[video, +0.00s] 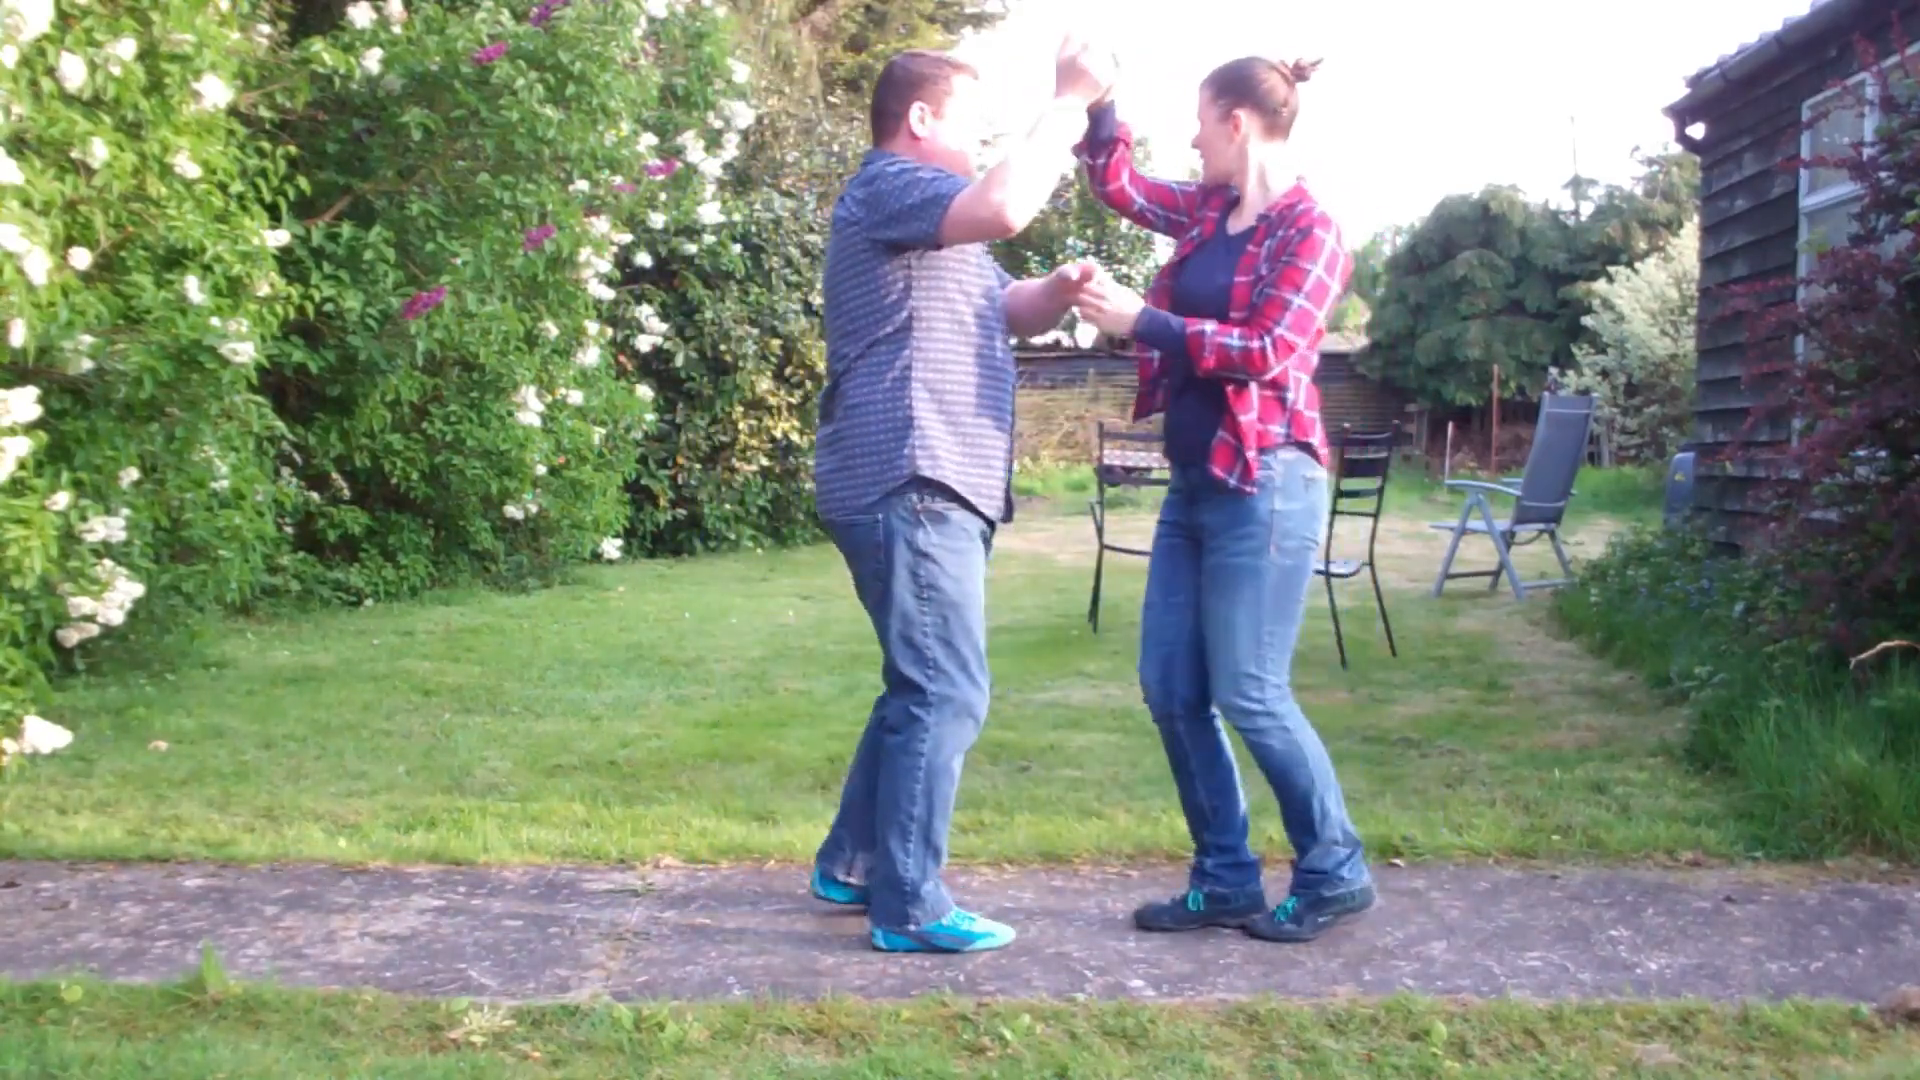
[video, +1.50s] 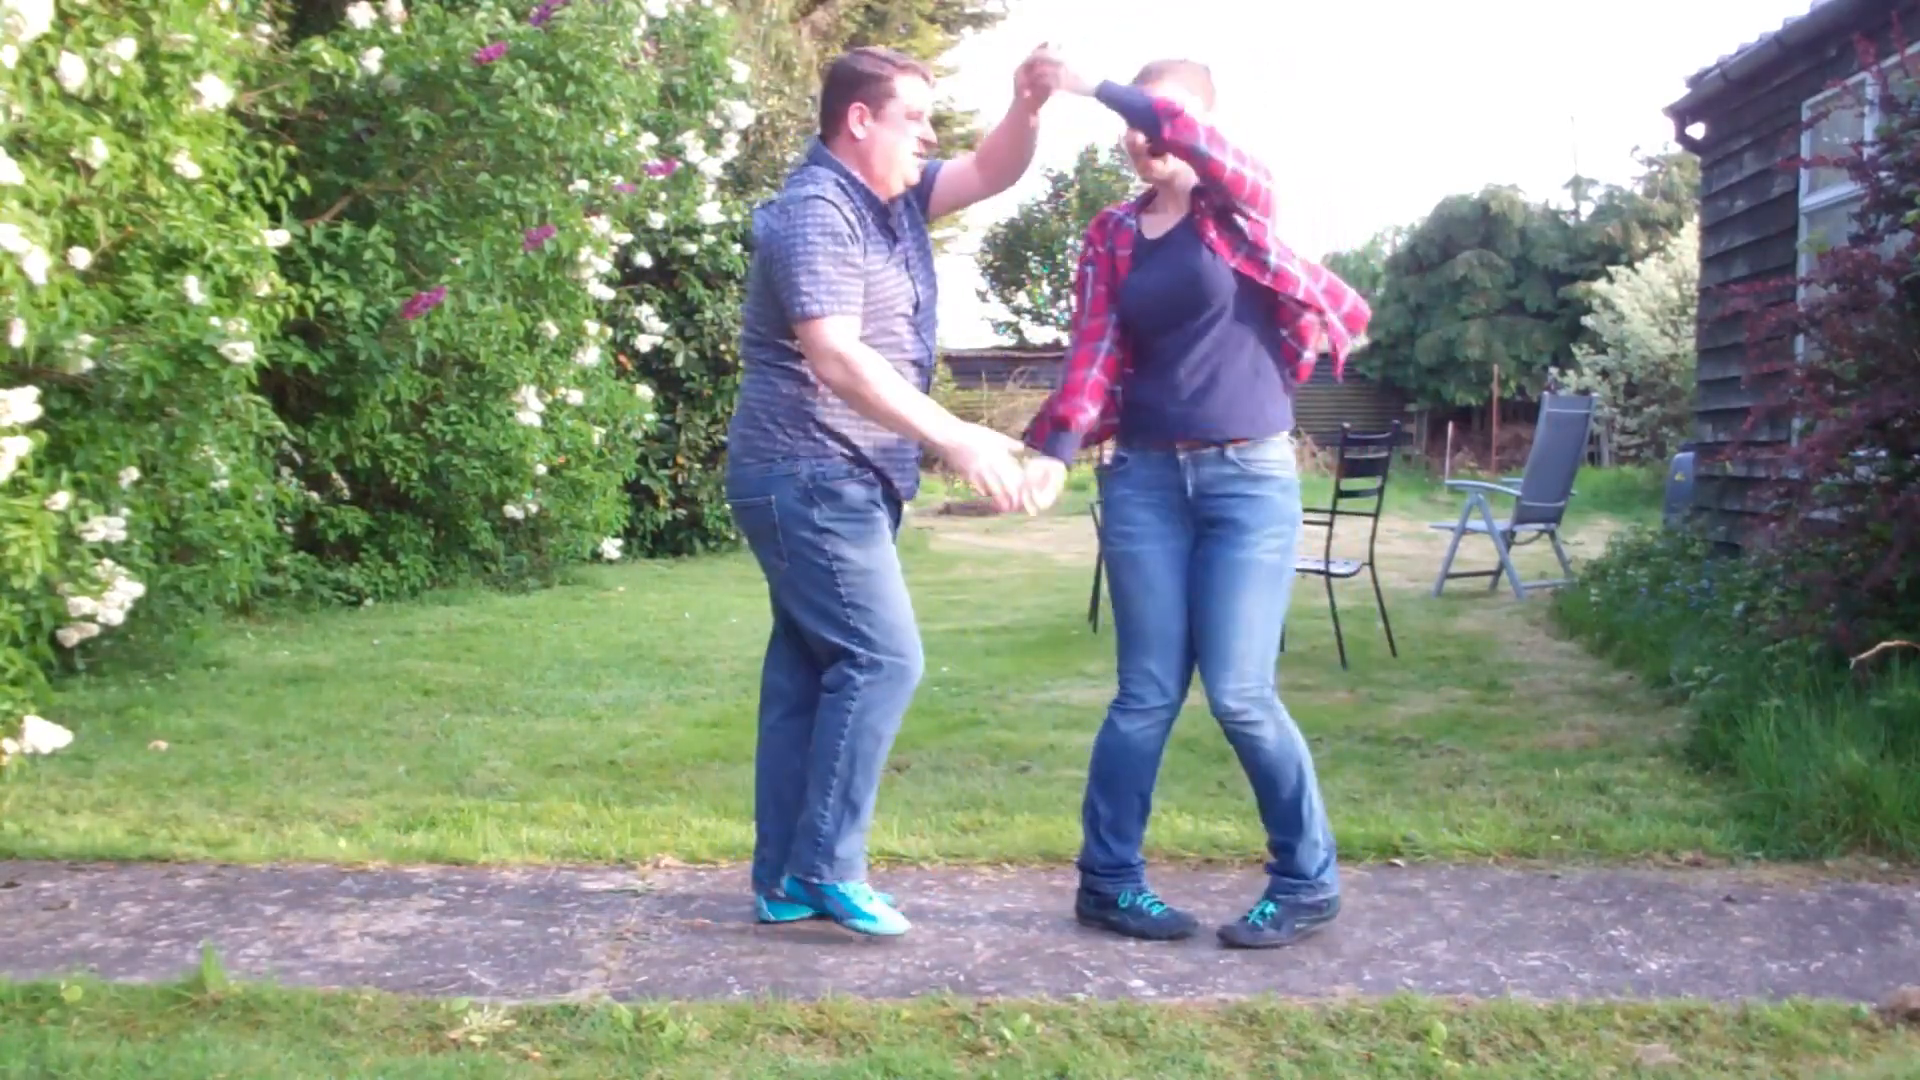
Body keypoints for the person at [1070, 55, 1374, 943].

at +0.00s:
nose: (1192, 140)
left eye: (1200, 124)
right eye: (1195, 125)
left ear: (1237, 124)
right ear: (1243, 126)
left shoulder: (1310, 229)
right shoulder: (1209, 210)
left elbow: (1269, 351)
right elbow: (1122, 186)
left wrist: (1143, 322)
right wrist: (1096, 103)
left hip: (1270, 480)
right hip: (1194, 482)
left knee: (1248, 687)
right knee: (1172, 684)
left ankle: (1335, 870)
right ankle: (1226, 880)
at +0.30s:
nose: (1156, 153)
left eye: (1162, 136)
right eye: (1159, 138)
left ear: (1191, 130)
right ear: (1224, 133)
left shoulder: (1217, 230)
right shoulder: (1250, 218)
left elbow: (1131, 346)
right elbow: (1132, 189)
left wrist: (1079, 267)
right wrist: (1088, 114)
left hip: (1191, 487)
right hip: (1244, 489)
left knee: (1089, 666)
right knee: (1176, 690)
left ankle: (1130, 864)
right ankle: (1229, 880)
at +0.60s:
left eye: (1111, 129)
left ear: (1112, 137)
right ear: (1192, 143)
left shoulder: (1081, 230)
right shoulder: (1210, 217)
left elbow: (1017, 298)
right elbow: (1235, 152)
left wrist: (1061, 203)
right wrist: (1172, 94)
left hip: (1111, 494)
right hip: (1214, 489)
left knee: (1074, 689)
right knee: (1165, 688)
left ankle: (1033, 874)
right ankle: (1219, 873)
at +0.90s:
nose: (1175, 149)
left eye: (1173, 134)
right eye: (1170, 133)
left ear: (1090, 125)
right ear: (1138, 131)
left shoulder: (1049, 216)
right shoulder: (1133, 200)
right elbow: (1233, 122)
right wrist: (1179, 37)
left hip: (1056, 481)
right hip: (1135, 484)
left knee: (1081, 692)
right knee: (1199, 688)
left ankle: (1034, 878)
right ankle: (1123, 874)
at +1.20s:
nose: (1162, 140)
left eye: (1173, 125)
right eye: (1146, 123)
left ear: (1186, 131)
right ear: (1103, 126)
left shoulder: (1184, 202)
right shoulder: (1076, 216)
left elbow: (1241, 104)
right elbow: (1096, 168)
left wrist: (1169, 22)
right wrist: (1085, 73)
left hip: (1202, 475)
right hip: (1117, 476)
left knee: (1224, 683)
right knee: (1145, 694)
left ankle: (1089, 803)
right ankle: (1108, 883)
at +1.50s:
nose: (1149, 137)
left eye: (1165, 122)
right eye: (1140, 121)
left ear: (1205, 128)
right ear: (1125, 135)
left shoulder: (1242, 205)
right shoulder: (1112, 230)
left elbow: (1188, 127)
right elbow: (1092, 352)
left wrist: (1095, 86)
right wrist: (1052, 449)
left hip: (1252, 476)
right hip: (1143, 479)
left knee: (1237, 691)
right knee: (1148, 691)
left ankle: (1308, 881)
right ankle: (1108, 880)